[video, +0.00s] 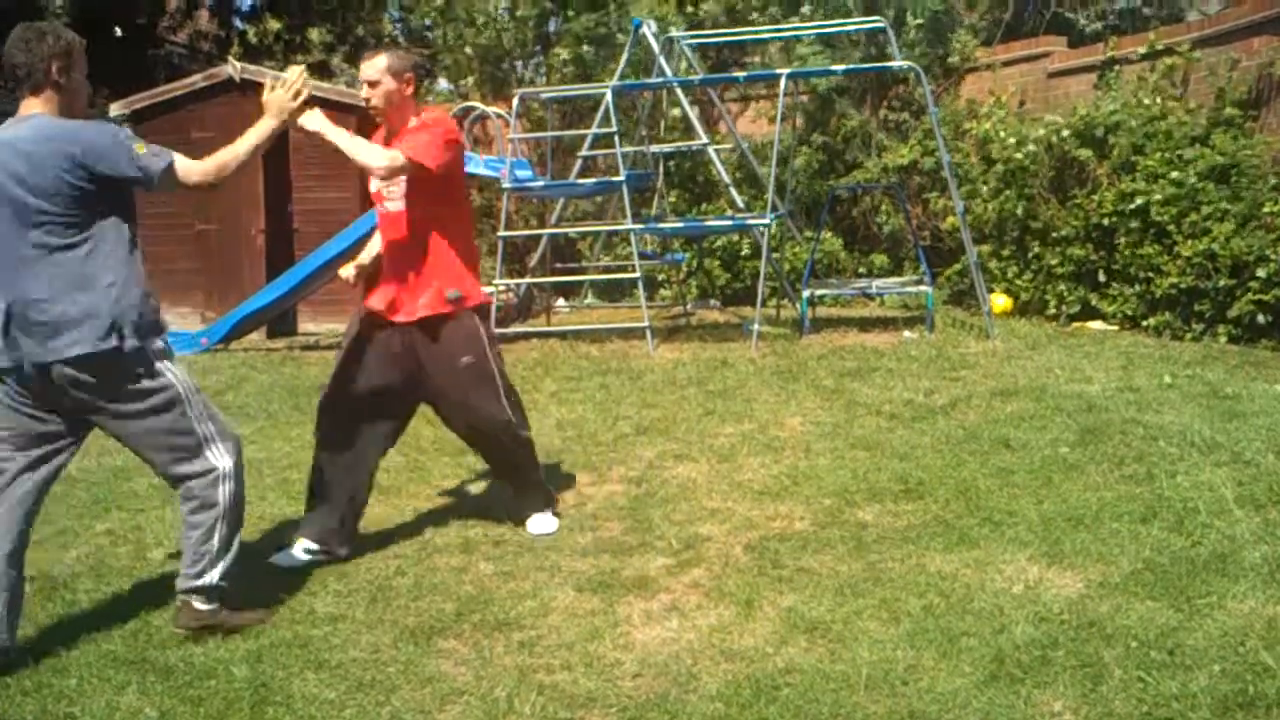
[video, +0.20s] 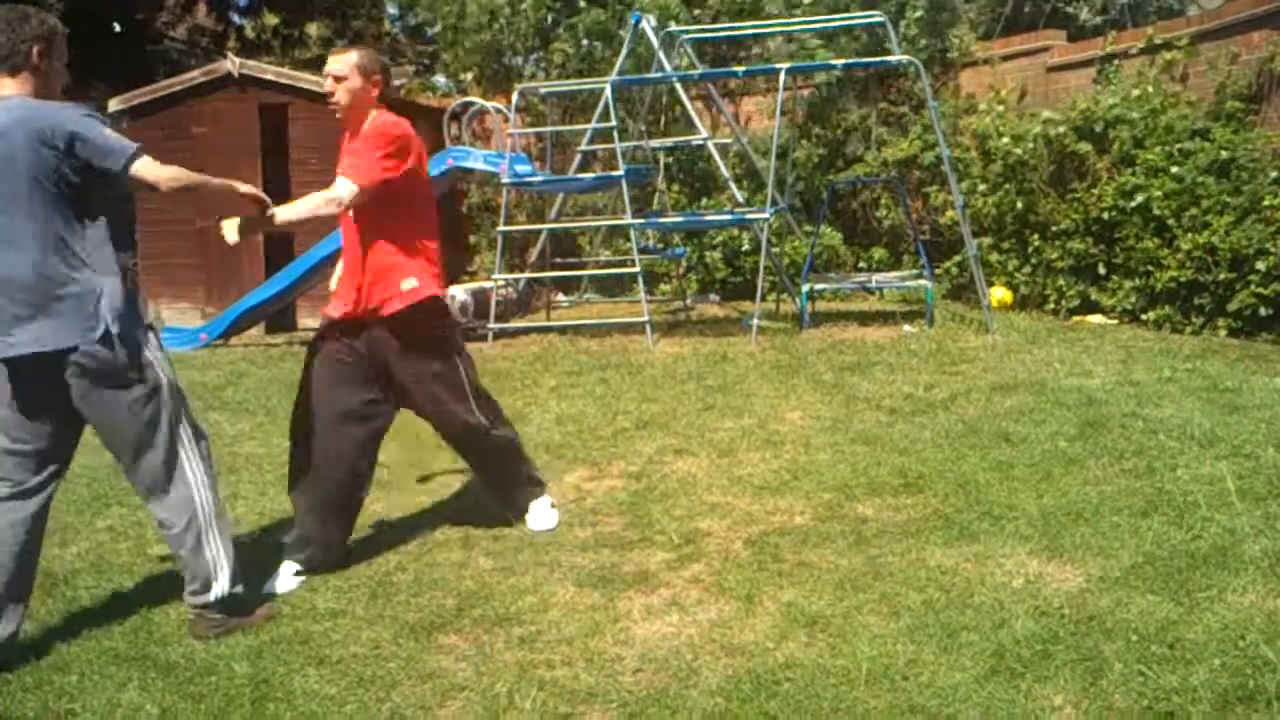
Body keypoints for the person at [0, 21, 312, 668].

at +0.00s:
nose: (89, 85)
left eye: (85, 73)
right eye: (83, 74)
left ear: (24, 81)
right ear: (56, 76)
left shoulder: (4, 143)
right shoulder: (82, 140)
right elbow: (200, 172)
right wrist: (271, 121)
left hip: (23, 355)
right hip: (102, 345)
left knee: (7, 509)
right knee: (212, 457)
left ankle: (1, 638)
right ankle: (202, 596)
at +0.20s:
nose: (66, 70)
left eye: (63, 59)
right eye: (60, 60)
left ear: (7, 63)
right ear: (37, 57)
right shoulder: (59, 121)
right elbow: (161, 178)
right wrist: (238, 191)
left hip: (13, 337)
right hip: (90, 325)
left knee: (15, 489)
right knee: (167, 451)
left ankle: (1, 628)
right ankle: (216, 594)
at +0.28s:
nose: (62, 71)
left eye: (60, 59)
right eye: (57, 59)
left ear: (10, 63)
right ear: (31, 59)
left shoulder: (5, 126)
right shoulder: (41, 124)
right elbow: (124, 203)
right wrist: (202, 225)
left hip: (14, 335)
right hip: (86, 322)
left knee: (15, 493)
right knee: (169, 449)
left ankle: (2, 633)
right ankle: (216, 598)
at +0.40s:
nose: (58, 72)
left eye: (55, 59)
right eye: (52, 59)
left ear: (14, 63)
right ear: (24, 59)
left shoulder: (21, 133)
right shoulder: (13, 132)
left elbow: (108, 179)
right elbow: (29, 243)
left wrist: (194, 134)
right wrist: (135, 278)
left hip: (26, 340)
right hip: (84, 334)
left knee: (23, 495)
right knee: (171, 453)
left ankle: (2, 634)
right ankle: (217, 600)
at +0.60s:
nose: (47, 70)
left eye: (45, 58)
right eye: (39, 58)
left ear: (12, 60)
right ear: (9, 59)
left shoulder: (15, 131)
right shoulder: (12, 133)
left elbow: (55, 208)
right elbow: (24, 234)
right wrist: (103, 210)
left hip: (25, 343)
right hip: (79, 333)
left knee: (22, 499)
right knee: (169, 454)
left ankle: (4, 631)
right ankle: (219, 598)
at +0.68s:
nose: (46, 57)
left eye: (43, 47)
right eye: (37, 47)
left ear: (10, 55)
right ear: (8, 52)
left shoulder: (15, 121)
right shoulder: (22, 118)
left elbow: (74, 213)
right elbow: (55, 217)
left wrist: (141, 175)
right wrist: (102, 171)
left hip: (17, 334)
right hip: (75, 324)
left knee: (17, 495)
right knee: (160, 451)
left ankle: (0, 628)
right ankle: (215, 598)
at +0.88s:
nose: (30, 70)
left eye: (27, 60)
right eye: (23, 61)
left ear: (0, 70)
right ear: (3, 69)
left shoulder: (19, 129)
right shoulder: (30, 126)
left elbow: (128, 166)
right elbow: (138, 168)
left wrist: (126, 104)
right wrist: (133, 92)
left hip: (11, 344)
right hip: (62, 336)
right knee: (156, 461)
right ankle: (215, 603)